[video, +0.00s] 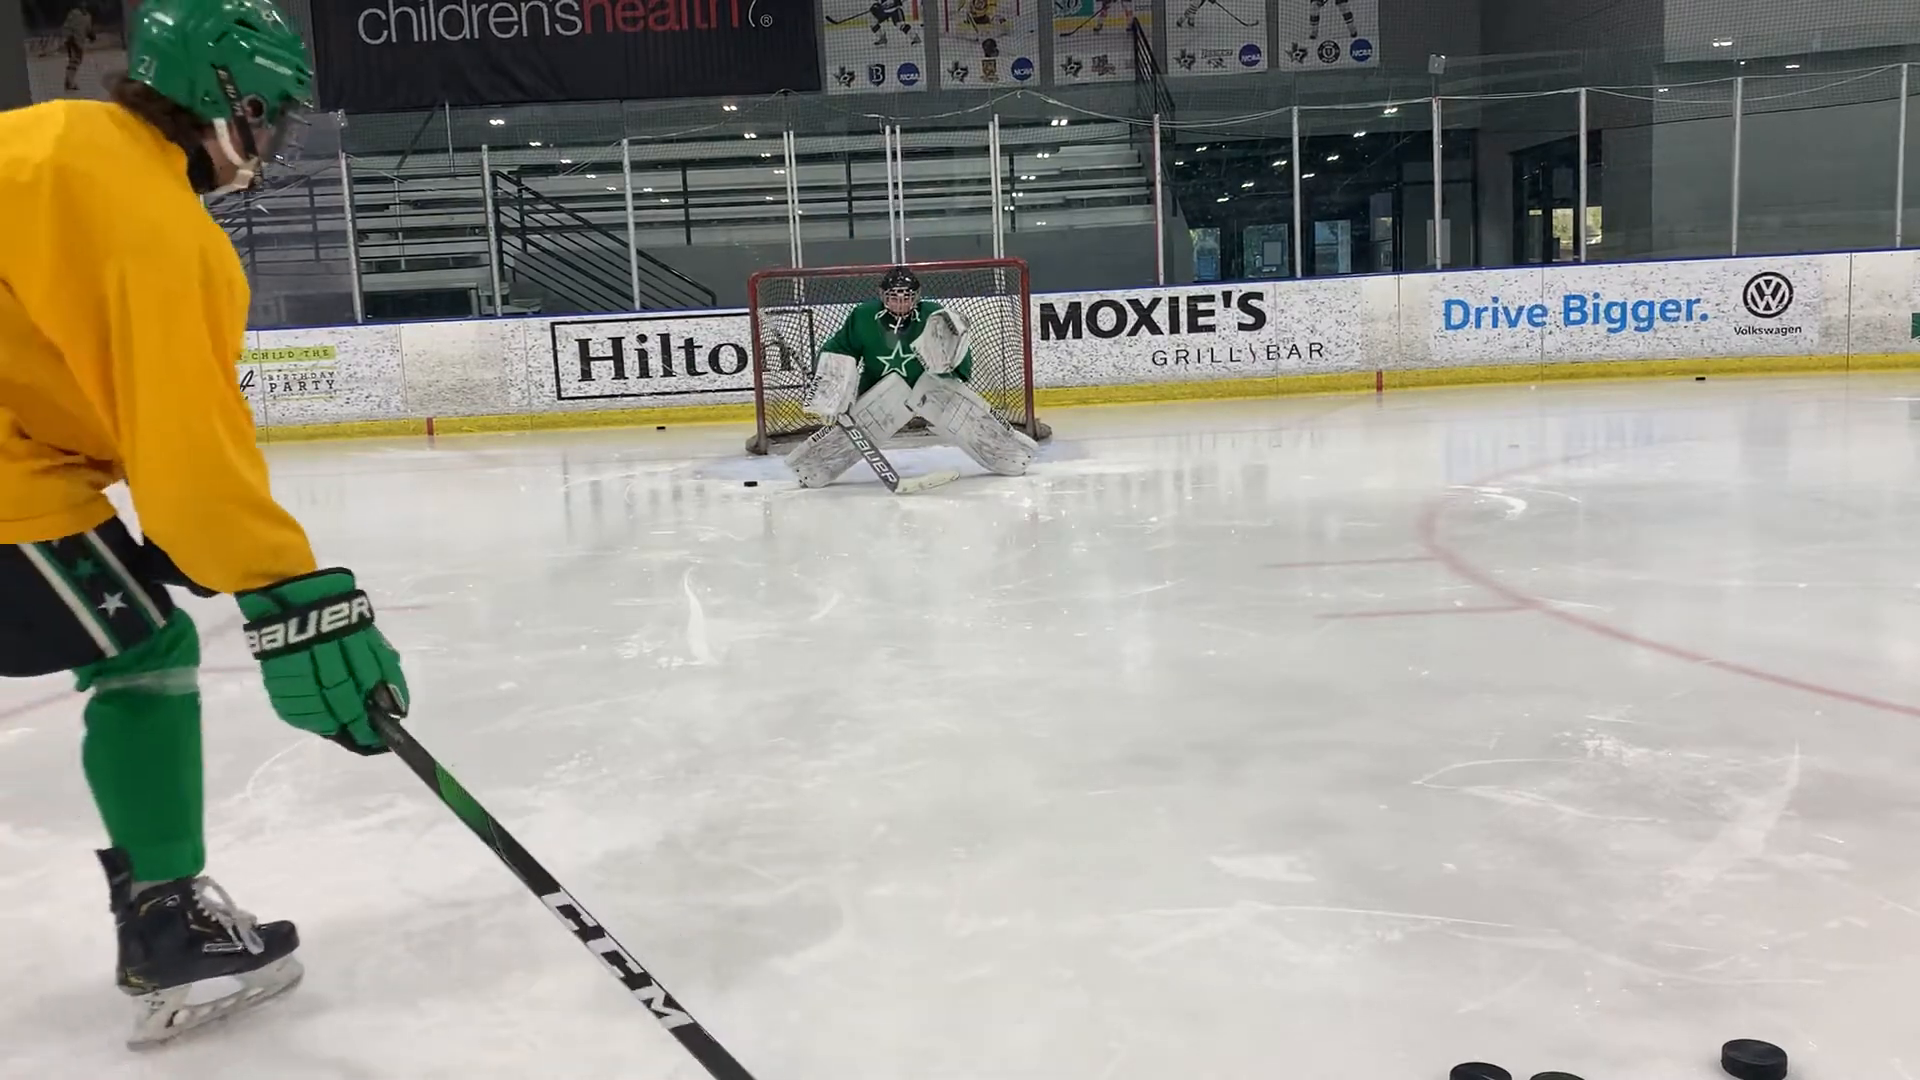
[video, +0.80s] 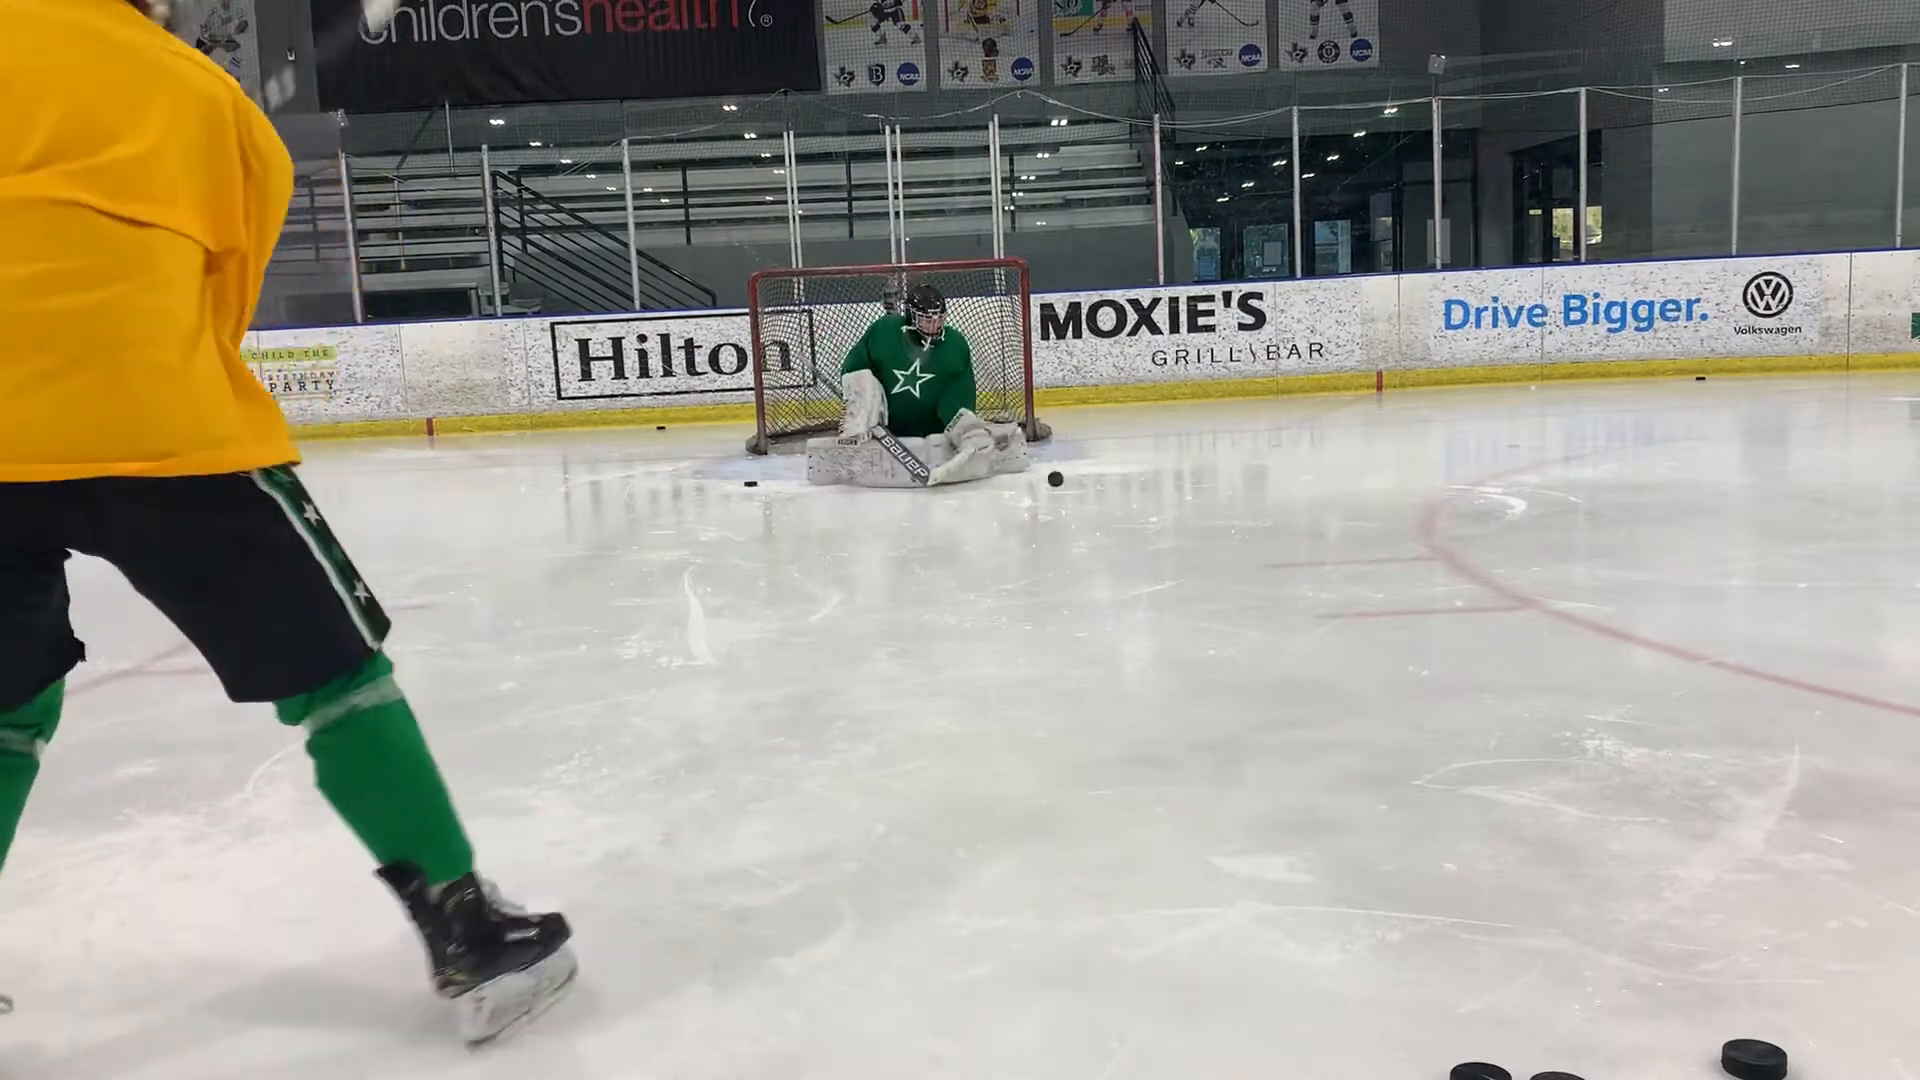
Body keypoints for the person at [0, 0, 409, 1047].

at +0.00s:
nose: (270, 150)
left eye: (278, 125)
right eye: (267, 121)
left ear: (158, 86)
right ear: (220, 106)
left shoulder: (47, 134)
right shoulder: (164, 233)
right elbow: (193, 459)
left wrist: (121, 517)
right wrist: (300, 609)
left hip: (12, 473)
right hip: (11, 485)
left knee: (132, 650)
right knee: (147, 650)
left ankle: (155, 910)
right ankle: (167, 921)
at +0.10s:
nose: (312, 157)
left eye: (319, 131)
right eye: (308, 129)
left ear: (204, 94)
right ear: (261, 114)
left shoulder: (105, 136)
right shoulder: (210, 237)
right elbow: (242, 464)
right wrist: (345, 602)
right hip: (32, 453)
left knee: (190, 629)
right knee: (200, 633)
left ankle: (232, 888)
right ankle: (240, 903)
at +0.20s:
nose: (358, 146)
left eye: (366, 120)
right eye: (357, 116)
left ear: (245, 77)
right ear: (309, 95)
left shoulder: (129, 129)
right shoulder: (241, 196)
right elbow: (254, 412)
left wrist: (223, 504)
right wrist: (336, 550)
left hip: (6, 438)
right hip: (98, 453)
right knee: (248, 635)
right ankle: (324, 857)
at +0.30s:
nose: (401, 152)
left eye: (407, 125)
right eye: (400, 120)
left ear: (283, 79)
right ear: (360, 101)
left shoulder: (142, 88)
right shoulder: (347, 229)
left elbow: (60, 175)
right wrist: (430, 428)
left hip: (19, 423)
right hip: (194, 469)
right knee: (292, 666)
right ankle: (379, 851)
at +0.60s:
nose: (343, 109)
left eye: (349, 88)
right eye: (343, 84)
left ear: (223, 33)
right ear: (313, 62)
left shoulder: (71, 66)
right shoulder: (334, 175)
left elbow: (1, 261)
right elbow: (333, 284)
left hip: (79, 453)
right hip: (270, 465)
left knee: (13, 701)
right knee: (348, 704)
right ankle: (521, 861)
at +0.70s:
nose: (247, 63)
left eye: (245, 45)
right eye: (240, 45)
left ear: (98, 11)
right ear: (210, 33)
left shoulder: (18, 54)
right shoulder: (261, 133)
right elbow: (265, 284)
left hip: (23, 436)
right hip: (217, 430)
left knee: (14, 716)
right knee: (378, 699)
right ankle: (528, 872)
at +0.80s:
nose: (182, 25)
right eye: (175, 21)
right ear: (138, 8)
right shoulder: (195, 81)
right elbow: (230, 294)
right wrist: (165, 386)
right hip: (158, 411)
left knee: (8, 713)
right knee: (333, 674)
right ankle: (460, 920)